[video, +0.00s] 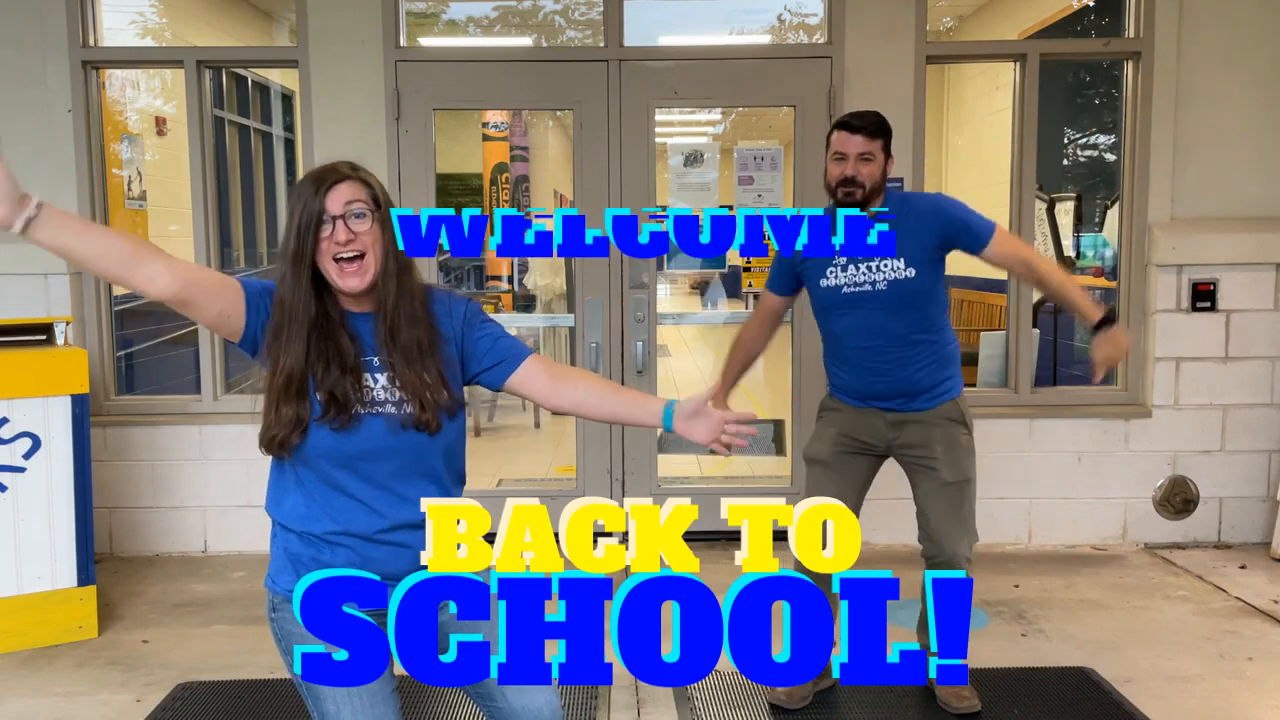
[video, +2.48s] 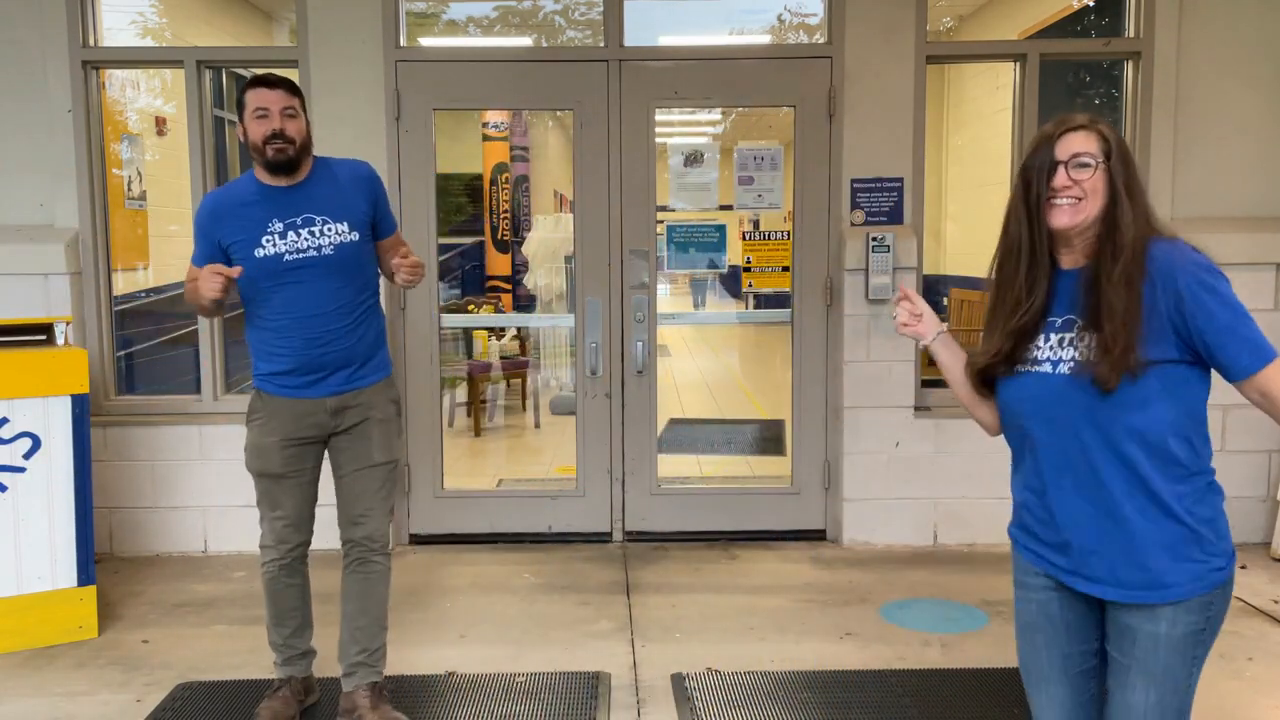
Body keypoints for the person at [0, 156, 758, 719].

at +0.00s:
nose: (347, 233)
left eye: (361, 218)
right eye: (329, 222)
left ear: (389, 232)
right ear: (307, 241)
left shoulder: (442, 317)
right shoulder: (287, 313)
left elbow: (547, 381)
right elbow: (160, 275)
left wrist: (672, 415)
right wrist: (32, 217)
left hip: (437, 567)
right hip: (324, 572)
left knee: (542, 686)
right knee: (359, 710)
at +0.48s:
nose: (453, 184)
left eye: (472, 170)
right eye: (438, 174)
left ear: (505, 188)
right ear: (423, 198)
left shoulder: (551, 299)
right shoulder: (385, 293)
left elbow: (568, 437)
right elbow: (340, 408)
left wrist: (589, 554)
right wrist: (312, 517)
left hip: (514, 554)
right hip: (383, 556)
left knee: (577, 710)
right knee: (370, 713)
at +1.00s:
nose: (619, 157)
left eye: (638, 140)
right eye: (606, 145)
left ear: (677, 156)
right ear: (594, 165)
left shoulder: (723, 260)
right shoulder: (604, 273)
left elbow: (822, 381)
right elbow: (581, 408)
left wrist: (908, 504)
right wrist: (537, 504)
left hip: (711, 556)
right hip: (621, 547)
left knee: (678, 711)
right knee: (624, 710)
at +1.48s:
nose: (828, 200)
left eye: (847, 182)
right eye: (813, 188)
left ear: (882, 196)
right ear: (799, 209)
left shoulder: (941, 302)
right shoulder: (781, 301)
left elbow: (958, 441)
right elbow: (737, 411)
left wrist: (975, 427)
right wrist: (641, 465)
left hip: (915, 552)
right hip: (800, 554)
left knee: (865, 708)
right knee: (788, 710)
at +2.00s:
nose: (1033, 191)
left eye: (1048, 174)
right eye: (1016, 185)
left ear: (1084, 186)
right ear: (1003, 209)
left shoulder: (1151, 295)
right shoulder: (977, 289)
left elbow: (1183, 415)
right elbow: (939, 402)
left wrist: (1192, 440)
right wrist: (855, 456)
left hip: (1109, 559)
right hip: (974, 548)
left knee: (1147, 713)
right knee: (929, 712)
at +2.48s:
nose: (1061, 179)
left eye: (1082, 165)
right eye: (1048, 168)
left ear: (1115, 183)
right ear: (1031, 188)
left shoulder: (1171, 272)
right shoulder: (1026, 286)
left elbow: (1270, 388)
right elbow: (996, 416)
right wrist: (937, 337)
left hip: (1164, 569)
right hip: (1047, 561)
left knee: (1141, 710)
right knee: (1056, 711)